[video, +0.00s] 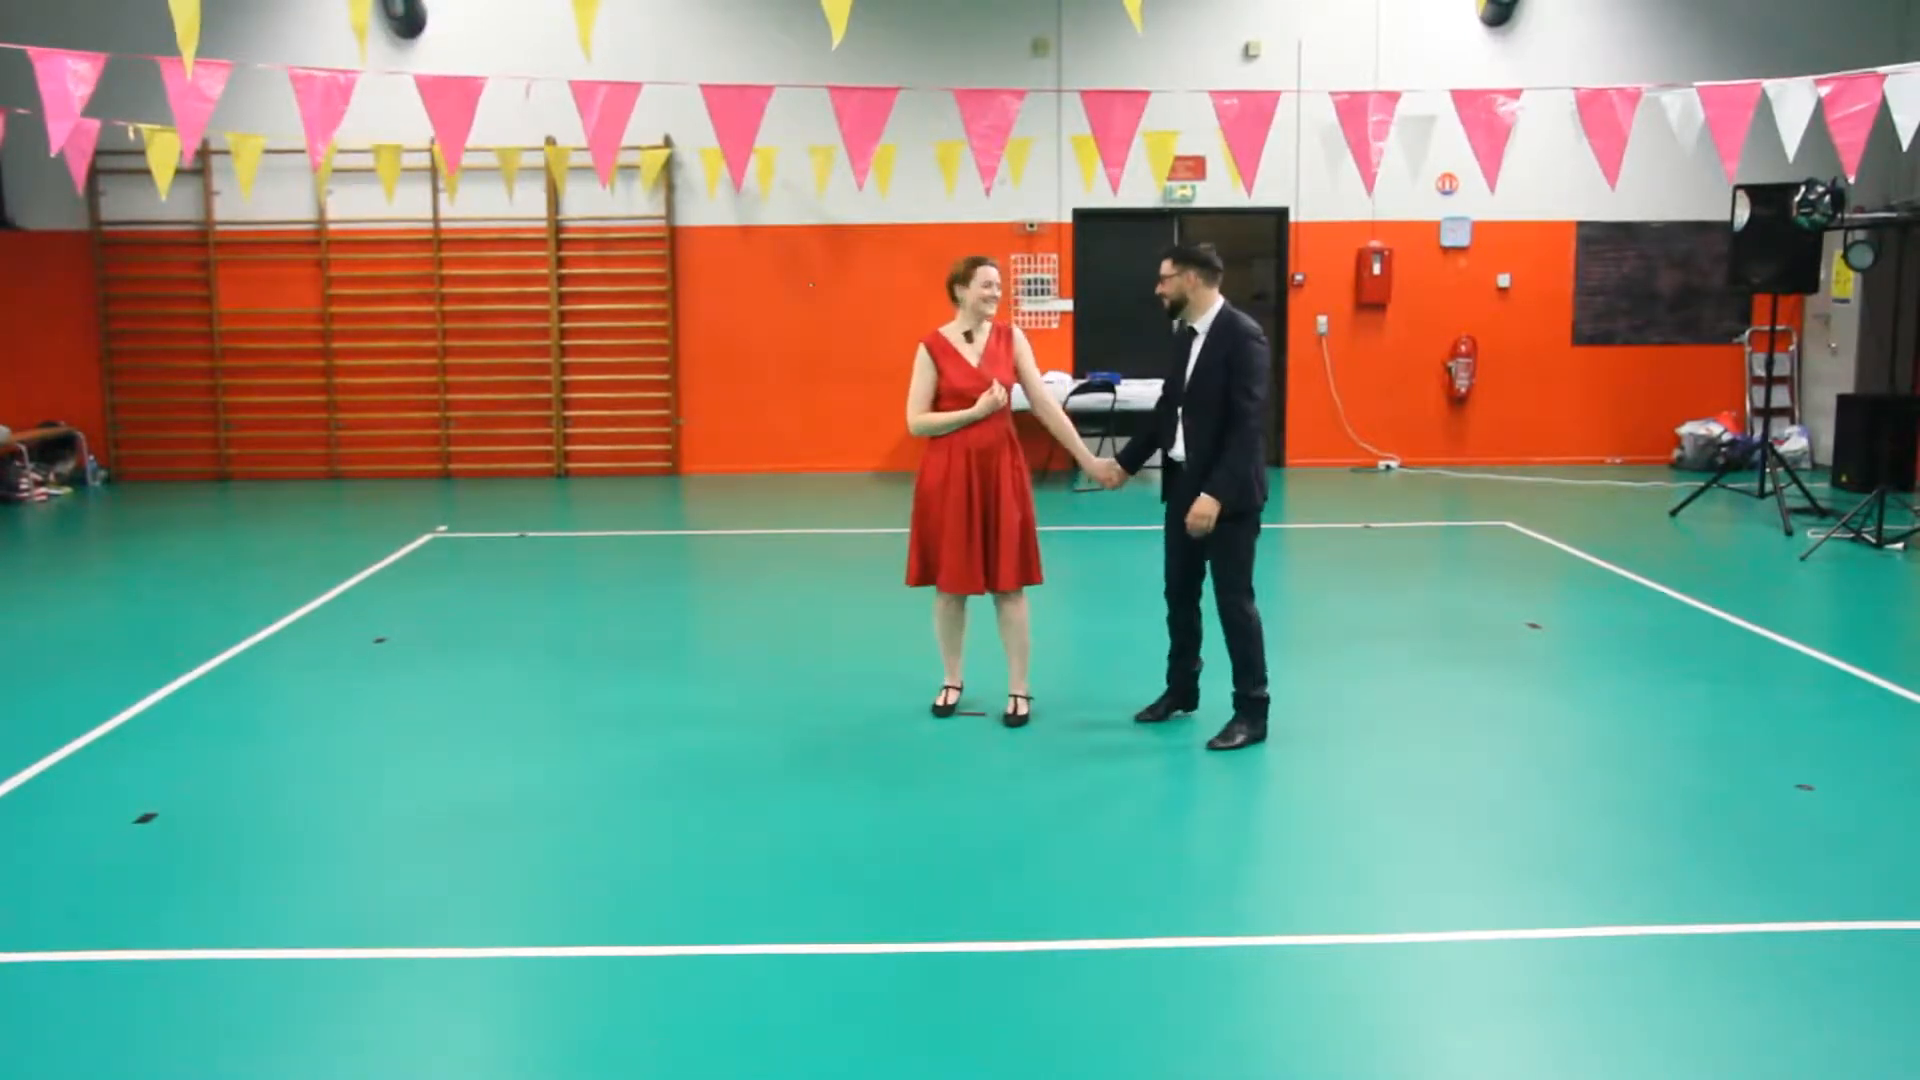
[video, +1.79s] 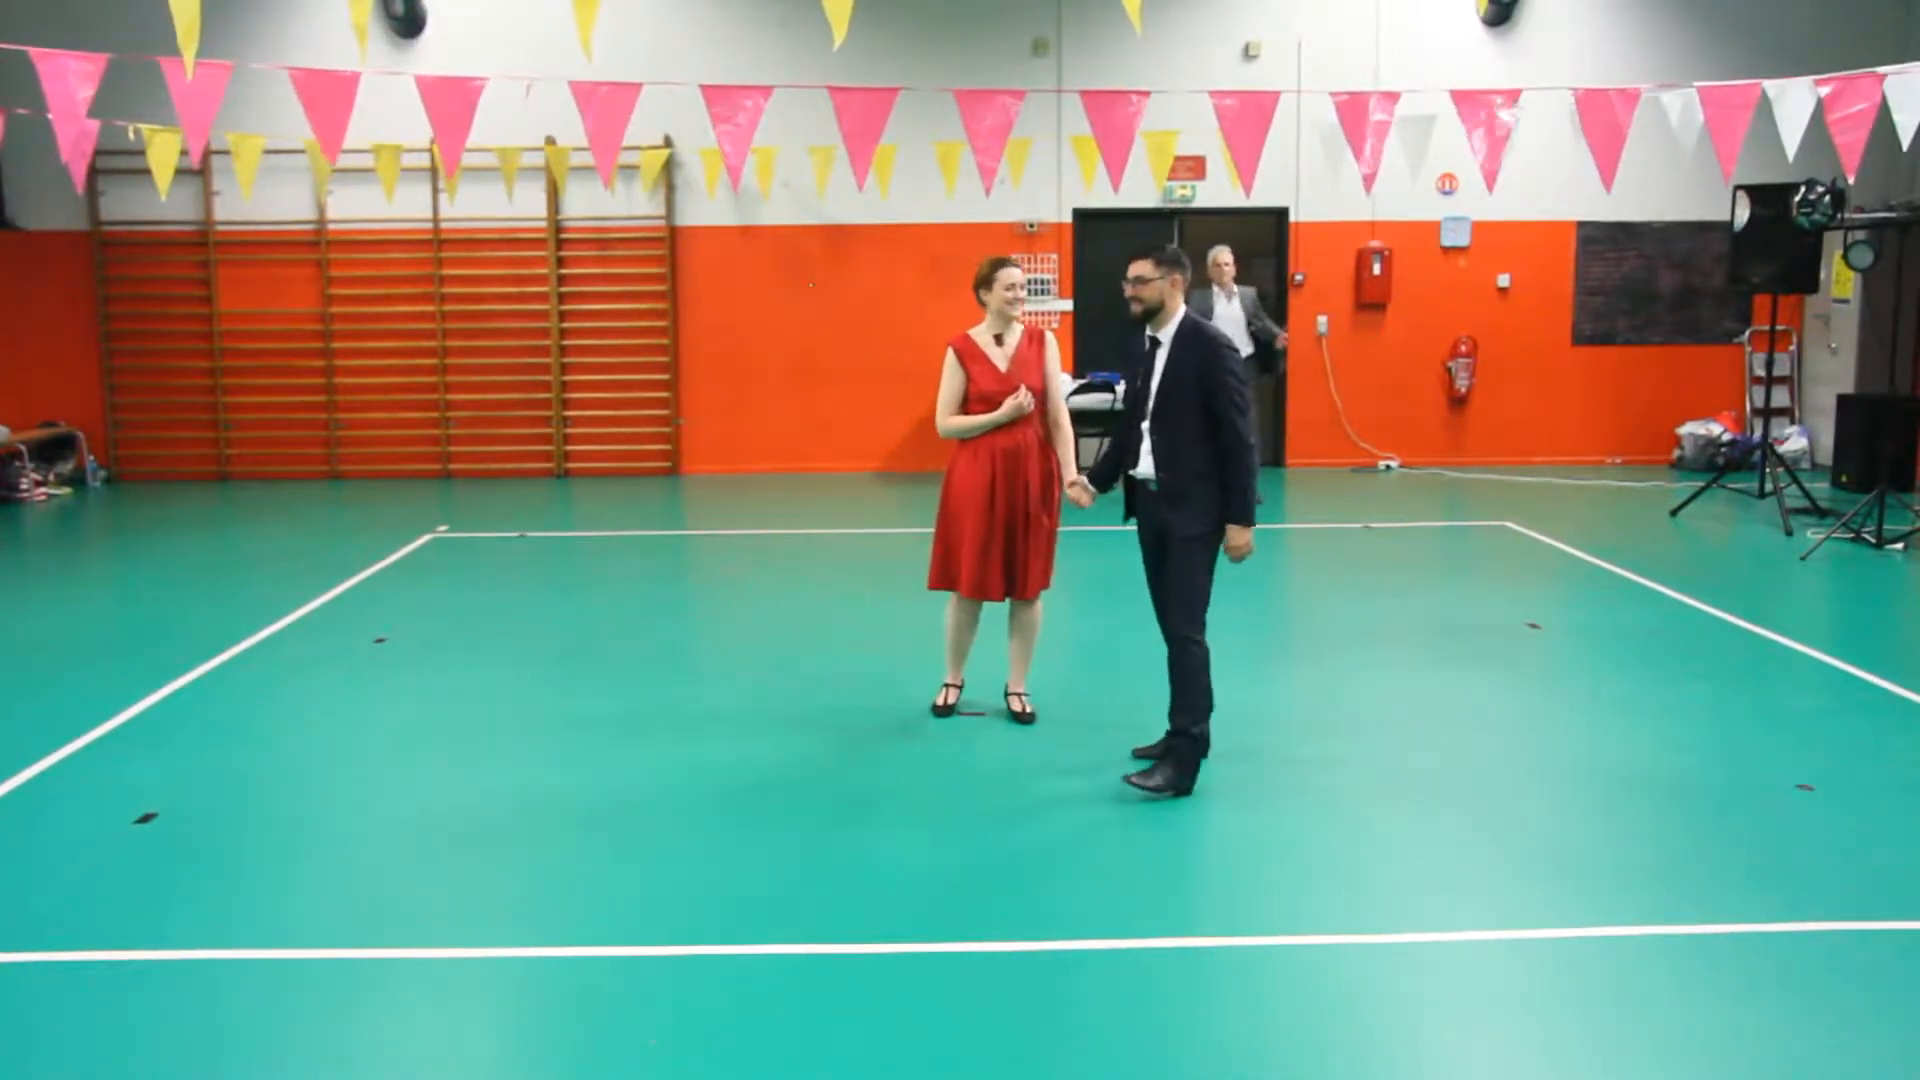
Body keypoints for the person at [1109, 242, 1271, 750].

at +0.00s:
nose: (1160, 288)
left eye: (1166, 279)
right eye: (1160, 279)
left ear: (1196, 280)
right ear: (1190, 282)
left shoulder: (1243, 336)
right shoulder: (1186, 334)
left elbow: (1248, 427)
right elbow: (1167, 409)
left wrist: (1216, 494)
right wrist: (1124, 464)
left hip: (1231, 489)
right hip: (1184, 486)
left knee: (1235, 603)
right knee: (1180, 595)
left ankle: (1251, 713)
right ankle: (1181, 691)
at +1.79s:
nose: (1130, 291)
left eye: (1141, 282)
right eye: (1128, 282)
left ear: (1175, 284)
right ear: (1139, 289)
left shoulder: (1211, 346)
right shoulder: (1146, 344)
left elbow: (1238, 435)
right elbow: (1133, 423)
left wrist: (1240, 517)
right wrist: (1097, 479)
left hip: (1193, 504)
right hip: (1149, 500)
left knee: (1185, 630)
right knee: (1175, 627)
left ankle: (1184, 759)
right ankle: (1184, 731)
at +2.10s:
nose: (1119, 287)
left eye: (1129, 277)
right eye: (1120, 278)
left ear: (1167, 280)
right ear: (1152, 282)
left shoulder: (1192, 344)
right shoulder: (1154, 340)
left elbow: (1203, 441)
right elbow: (1138, 424)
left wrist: (1185, 526)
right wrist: (1102, 466)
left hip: (1174, 514)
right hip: (1146, 509)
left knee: (1173, 640)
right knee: (1165, 635)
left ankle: (1178, 763)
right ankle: (1179, 733)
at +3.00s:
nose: (1123, 286)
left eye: (1124, 278)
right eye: (1127, 277)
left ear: (1131, 282)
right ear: (1176, 280)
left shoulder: (1161, 352)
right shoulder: (1192, 335)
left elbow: (1146, 453)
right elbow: (1157, 425)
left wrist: (1117, 529)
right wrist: (1111, 470)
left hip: (1165, 518)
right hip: (1185, 510)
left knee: (1166, 638)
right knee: (1170, 633)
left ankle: (1180, 764)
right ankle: (1178, 742)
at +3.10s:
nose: (1125, 286)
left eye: (1127, 278)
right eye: (1130, 277)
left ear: (1137, 282)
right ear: (1180, 280)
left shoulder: (1166, 351)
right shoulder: (1195, 336)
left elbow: (1152, 456)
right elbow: (1148, 411)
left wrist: (1095, 508)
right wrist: (1073, 398)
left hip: (1165, 519)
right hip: (1187, 511)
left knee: (1162, 637)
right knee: (1171, 629)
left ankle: (1179, 763)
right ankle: (1182, 737)